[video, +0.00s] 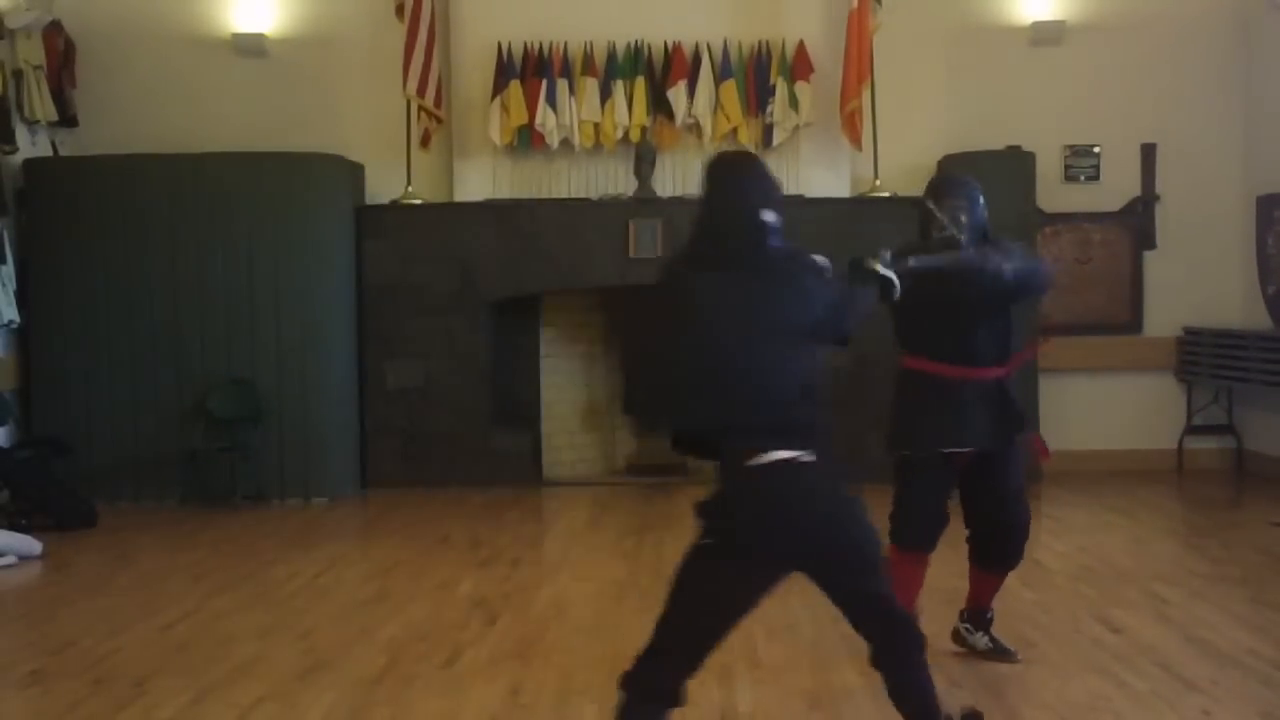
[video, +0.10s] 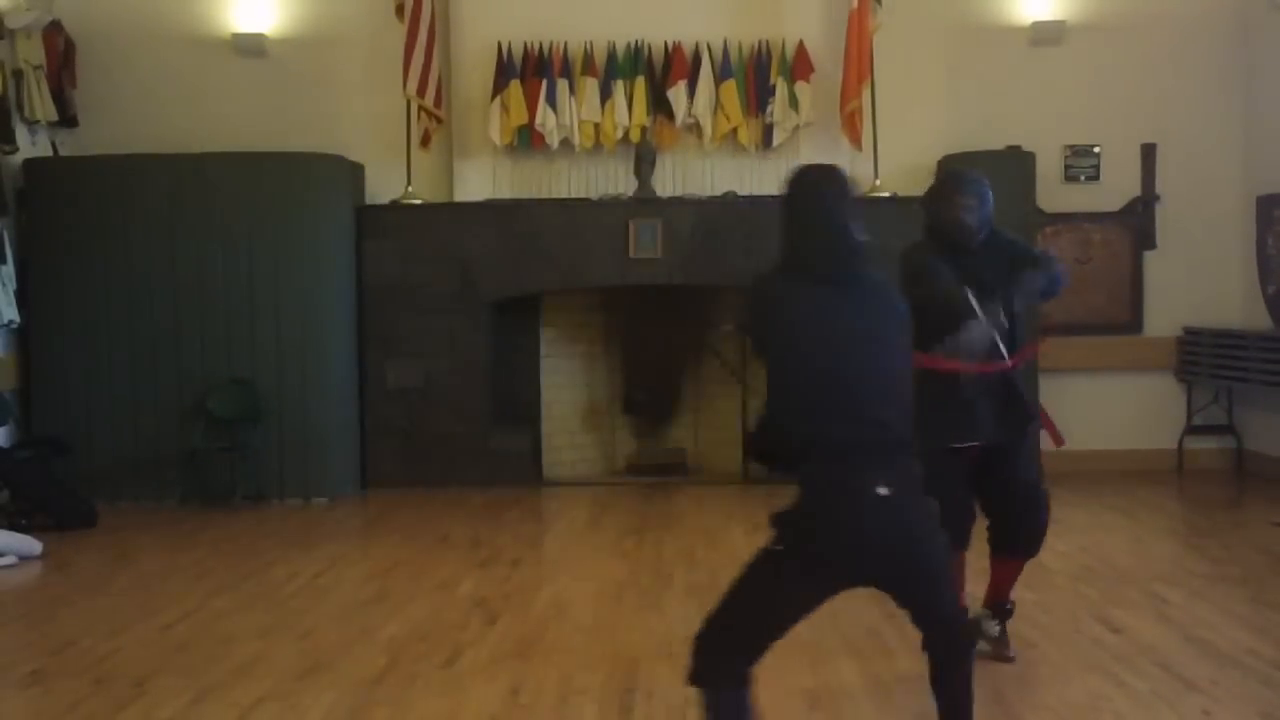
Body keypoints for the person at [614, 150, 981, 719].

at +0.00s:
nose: (779, 212)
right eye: (774, 200)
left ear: (710, 206)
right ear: (768, 205)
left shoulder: (682, 279)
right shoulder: (795, 272)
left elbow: (655, 404)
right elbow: (843, 318)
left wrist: (726, 442)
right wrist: (871, 279)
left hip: (746, 503)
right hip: (814, 497)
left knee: (660, 669)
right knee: (893, 632)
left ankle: (638, 708)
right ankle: (929, 713)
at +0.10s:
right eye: (848, 216)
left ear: (791, 225)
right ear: (851, 223)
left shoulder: (774, 296)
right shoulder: (887, 298)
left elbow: (785, 434)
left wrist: (759, 444)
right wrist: (771, 445)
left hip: (830, 524)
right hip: (907, 520)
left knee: (721, 655)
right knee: (951, 634)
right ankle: (956, 713)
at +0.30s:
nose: (973, 229)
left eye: (973, 216)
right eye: (966, 217)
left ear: (892, 222)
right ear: (954, 224)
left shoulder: (860, 300)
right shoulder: (990, 296)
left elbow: (855, 416)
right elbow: (1026, 379)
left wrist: (909, 475)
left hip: (937, 498)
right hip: (1006, 484)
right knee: (1004, 607)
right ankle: (1024, 706)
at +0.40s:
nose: (999, 240)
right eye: (994, 228)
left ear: (920, 233)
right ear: (992, 231)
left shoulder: (895, 307)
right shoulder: (1024, 284)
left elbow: (895, 431)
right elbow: (1087, 335)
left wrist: (957, 482)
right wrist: (1043, 400)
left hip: (990, 508)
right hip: (1051, 497)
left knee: (992, 676)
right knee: (1034, 650)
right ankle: (1046, 707)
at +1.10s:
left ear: (1025, 202)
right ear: (1098, 200)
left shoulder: (999, 290)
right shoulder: (1147, 290)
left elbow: (998, 415)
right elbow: (1171, 405)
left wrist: (1009, 514)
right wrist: (1132, 463)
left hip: (1048, 494)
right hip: (1136, 492)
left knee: (1050, 665)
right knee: (1119, 621)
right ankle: (1130, 709)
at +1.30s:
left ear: (1041, 193)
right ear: (1110, 193)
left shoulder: (1012, 280)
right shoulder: (1160, 282)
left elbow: (1011, 402)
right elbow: (1180, 395)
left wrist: (1017, 500)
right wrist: (1152, 466)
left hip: (1070, 487)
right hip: (1154, 484)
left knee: (1058, 664)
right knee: (1123, 601)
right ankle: (1146, 709)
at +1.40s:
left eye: (1058, 196)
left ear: (1048, 202)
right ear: (1114, 201)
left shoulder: (1015, 286)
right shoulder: (1164, 288)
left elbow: (1011, 406)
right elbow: (1184, 401)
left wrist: (1051, 455)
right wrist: (1147, 452)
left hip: (1077, 482)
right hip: (1158, 479)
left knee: (1057, 660)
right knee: (1130, 599)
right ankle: (1142, 708)